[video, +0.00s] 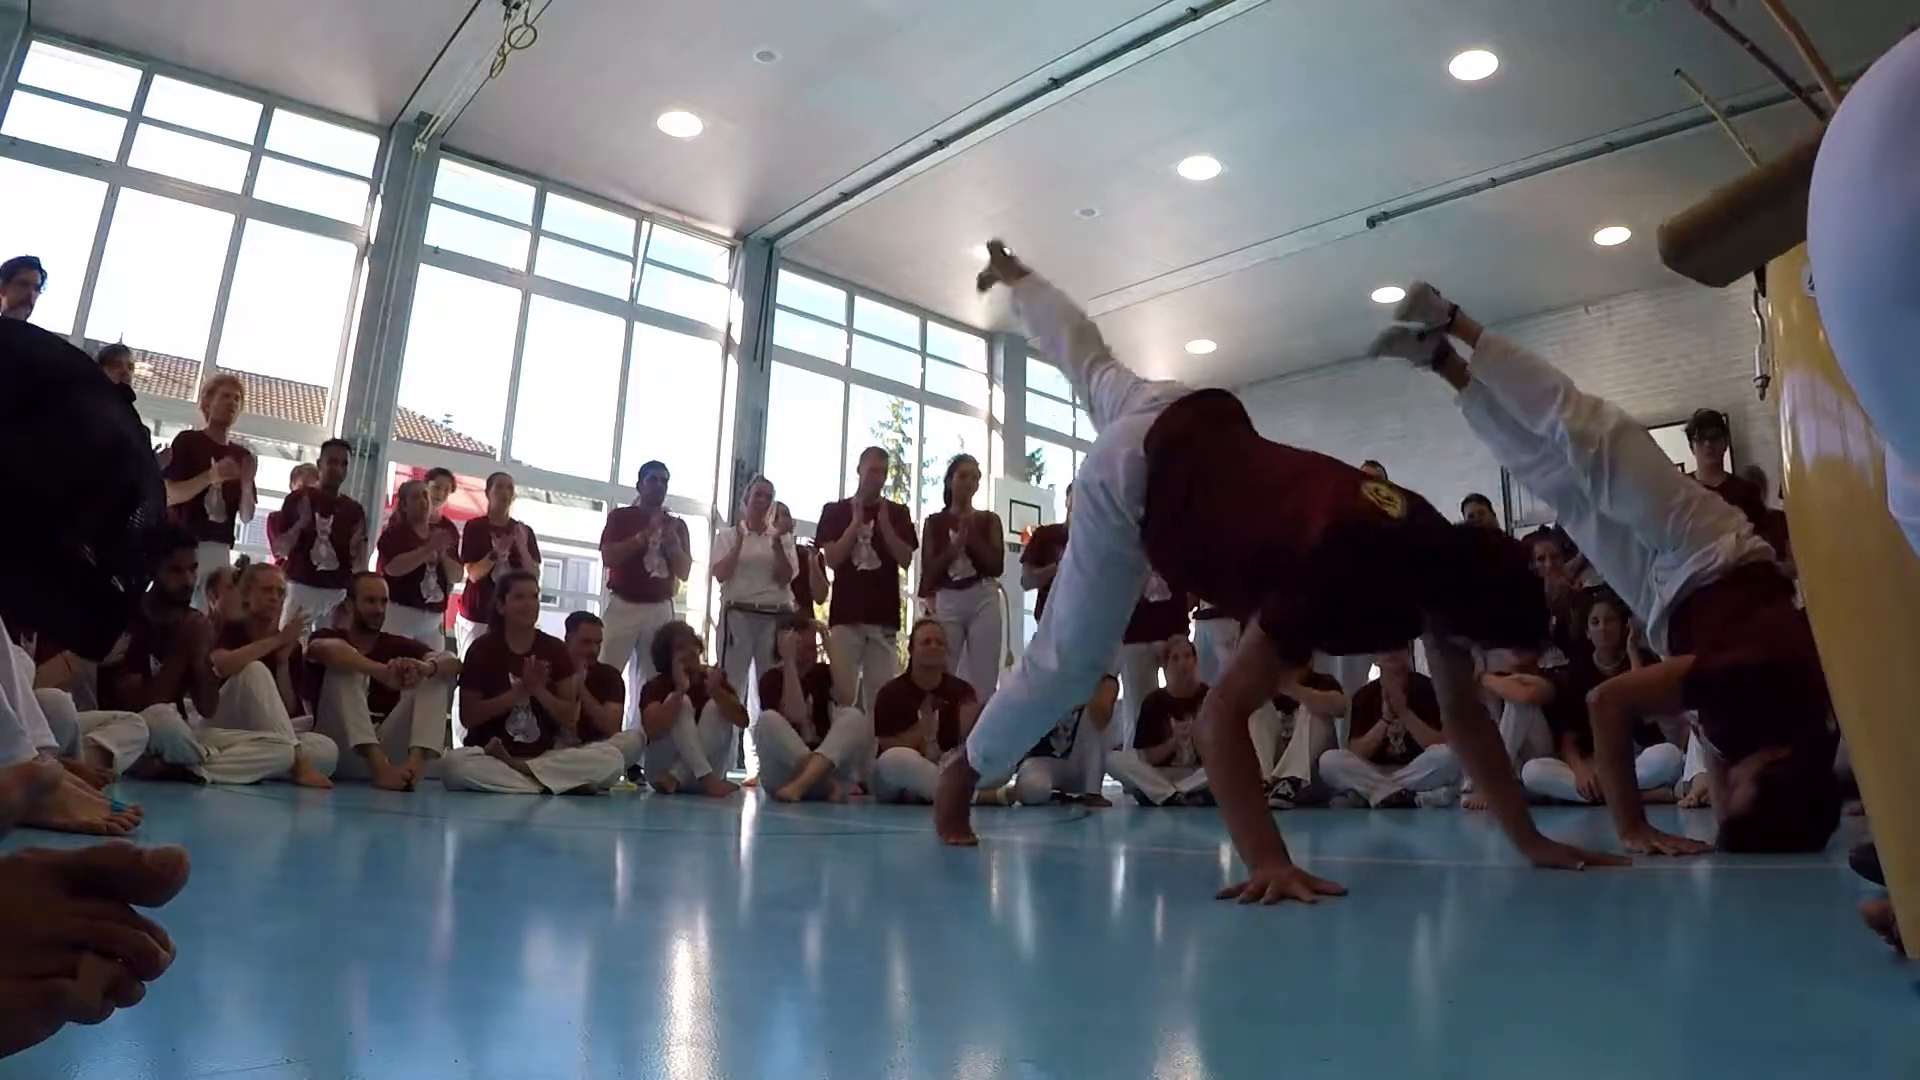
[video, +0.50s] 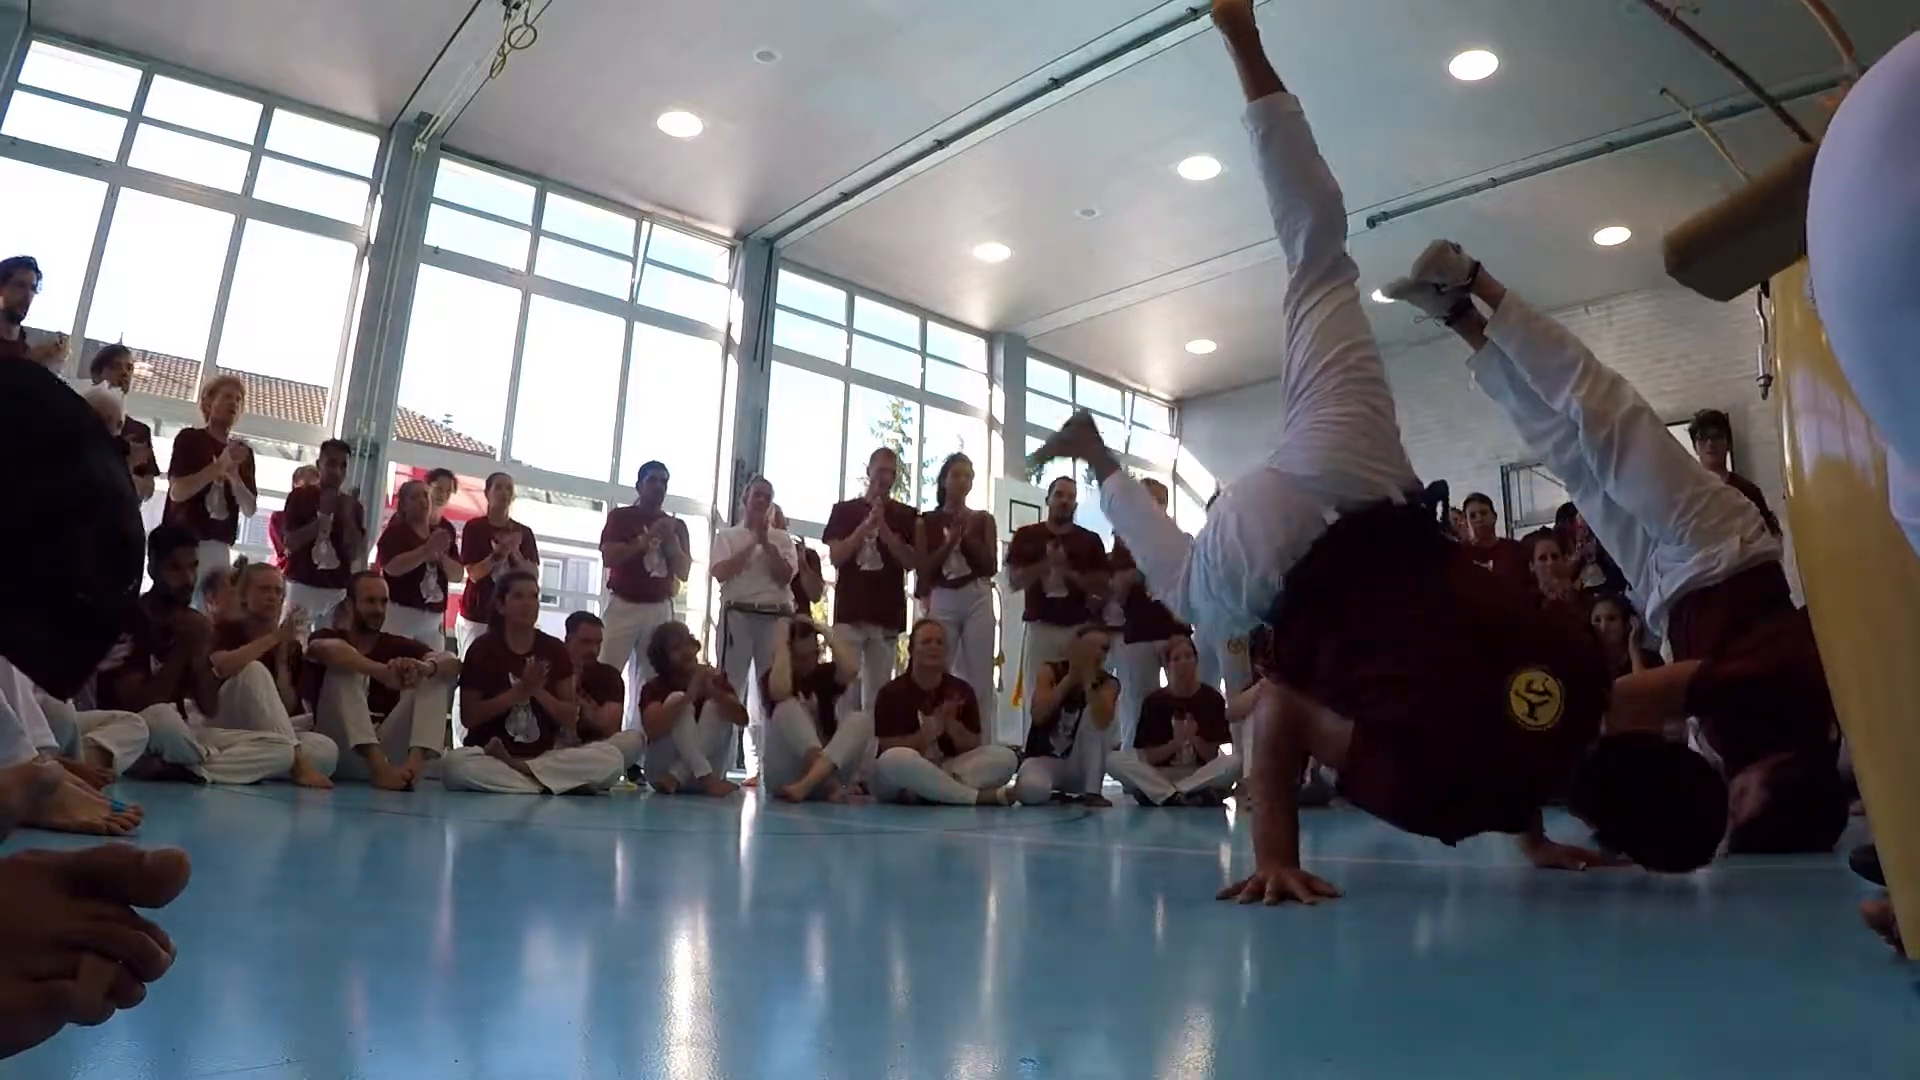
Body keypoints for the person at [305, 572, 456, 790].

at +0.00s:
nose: (379, 609)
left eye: (383, 601)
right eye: (370, 601)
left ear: (389, 603)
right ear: (350, 603)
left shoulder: (393, 643)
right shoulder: (329, 637)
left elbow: (454, 662)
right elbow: (317, 649)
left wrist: (426, 667)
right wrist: (382, 671)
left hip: (388, 750)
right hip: (338, 750)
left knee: (438, 673)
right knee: (342, 660)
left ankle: (416, 761)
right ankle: (378, 764)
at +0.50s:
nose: (378, 609)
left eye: (383, 602)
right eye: (370, 601)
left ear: (388, 603)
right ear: (351, 603)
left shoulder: (392, 643)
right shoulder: (329, 637)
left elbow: (453, 662)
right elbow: (317, 649)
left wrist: (427, 666)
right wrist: (382, 671)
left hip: (387, 750)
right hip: (338, 750)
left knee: (438, 673)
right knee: (343, 661)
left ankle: (415, 763)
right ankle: (378, 764)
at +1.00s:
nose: (378, 609)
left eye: (383, 602)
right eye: (370, 602)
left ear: (388, 603)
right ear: (352, 603)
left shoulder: (393, 643)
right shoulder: (327, 637)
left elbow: (453, 662)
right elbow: (317, 650)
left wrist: (427, 666)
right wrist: (382, 672)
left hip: (387, 751)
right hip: (337, 750)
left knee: (437, 674)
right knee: (342, 662)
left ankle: (415, 763)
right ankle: (378, 764)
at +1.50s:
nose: (379, 610)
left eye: (384, 602)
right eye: (371, 602)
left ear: (389, 603)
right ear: (353, 603)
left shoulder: (394, 643)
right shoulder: (329, 637)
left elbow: (454, 662)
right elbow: (319, 648)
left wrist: (428, 666)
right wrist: (382, 672)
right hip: (338, 750)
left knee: (437, 674)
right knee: (342, 663)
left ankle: (415, 764)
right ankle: (378, 764)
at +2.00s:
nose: (379, 610)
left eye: (384, 602)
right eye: (371, 602)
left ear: (389, 603)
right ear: (352, 603)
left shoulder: (393, 643)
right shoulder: (330, 637)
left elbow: (454, 662)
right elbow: (316, 649)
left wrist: (427, 666)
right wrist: (382, 671)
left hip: (387, 751)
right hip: (338, 750)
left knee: (438, 673)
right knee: (342, 662)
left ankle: (414, 764)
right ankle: (378, 764)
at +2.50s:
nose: (379, 610)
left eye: (384, 602)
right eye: (371, 602)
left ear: (389, 603)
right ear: (352, 603)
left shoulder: (393, 643)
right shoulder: (329, 637)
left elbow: (454, 663)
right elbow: (316, 650)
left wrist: (427, 666)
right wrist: (382, 671)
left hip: (387, 751)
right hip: (338, 749)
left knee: (437, 674)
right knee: (342, 662)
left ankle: (415, 764)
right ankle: (378, 764)